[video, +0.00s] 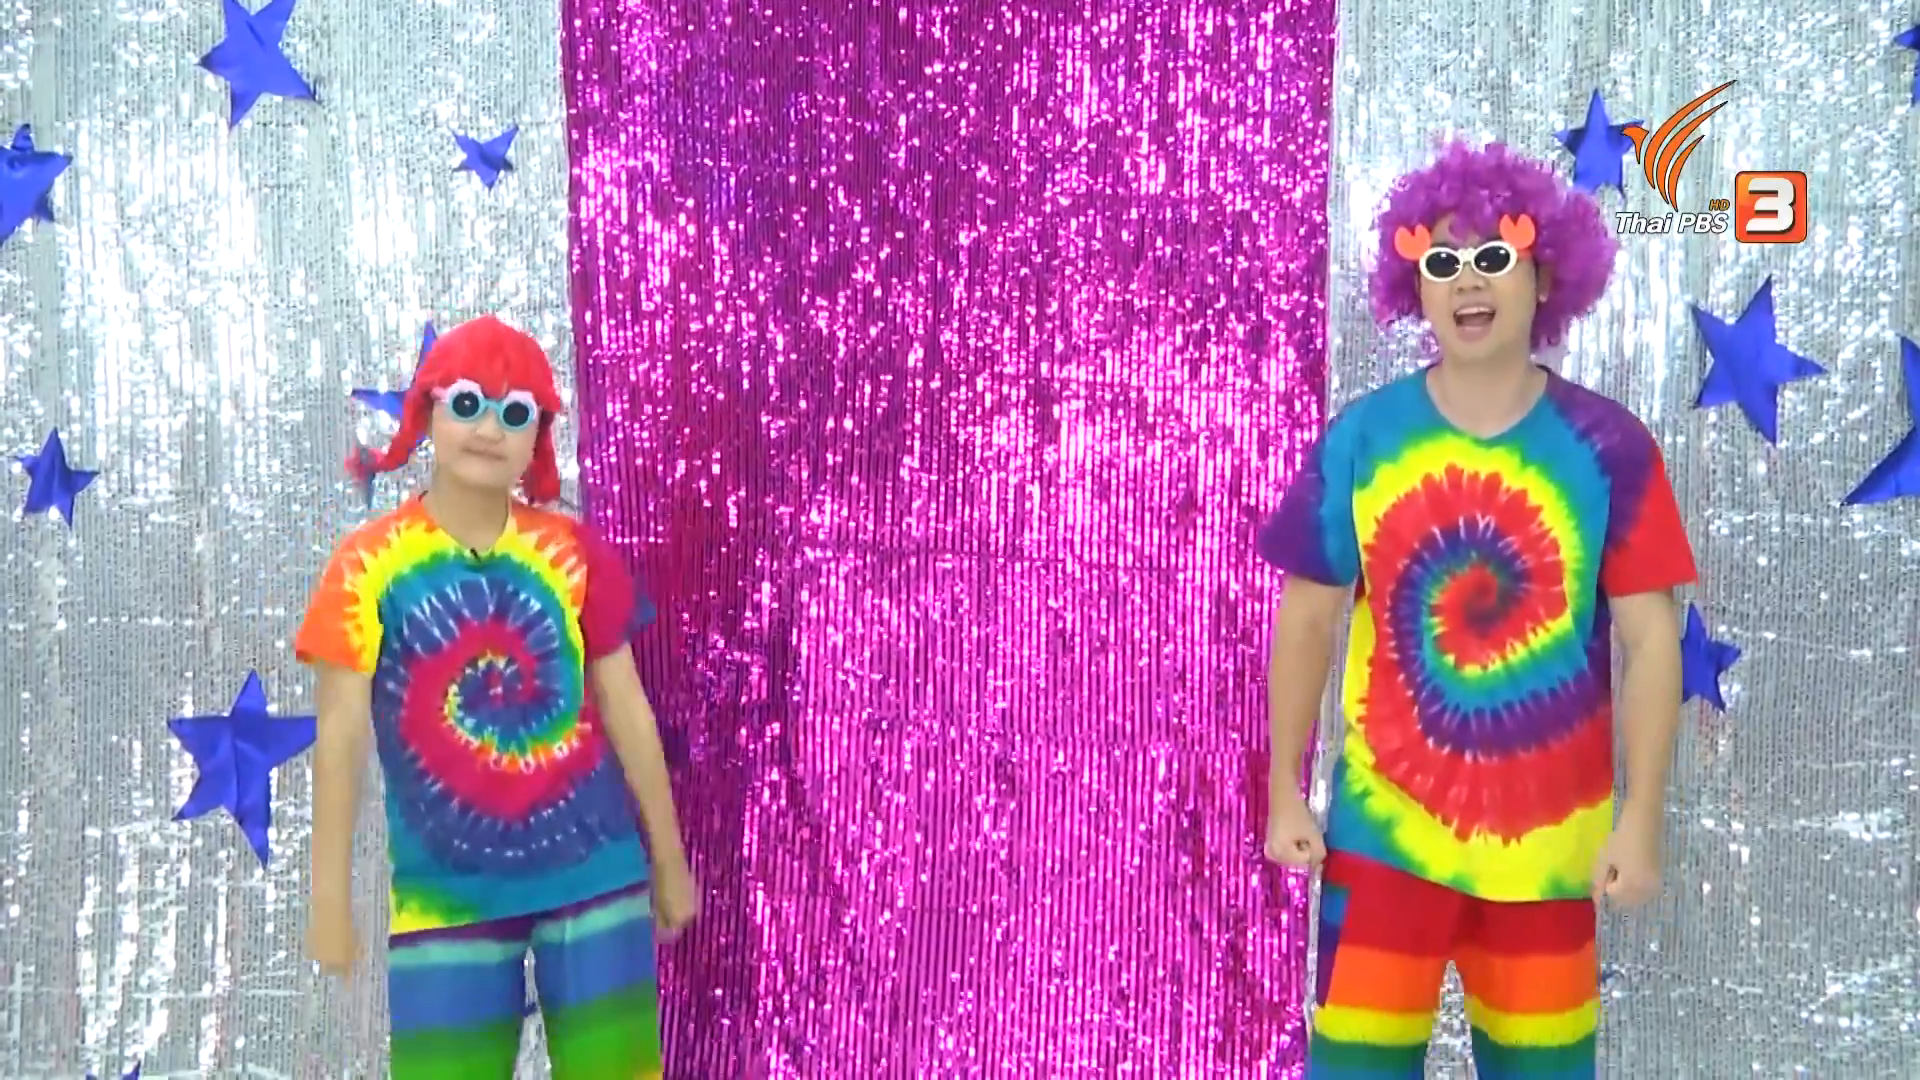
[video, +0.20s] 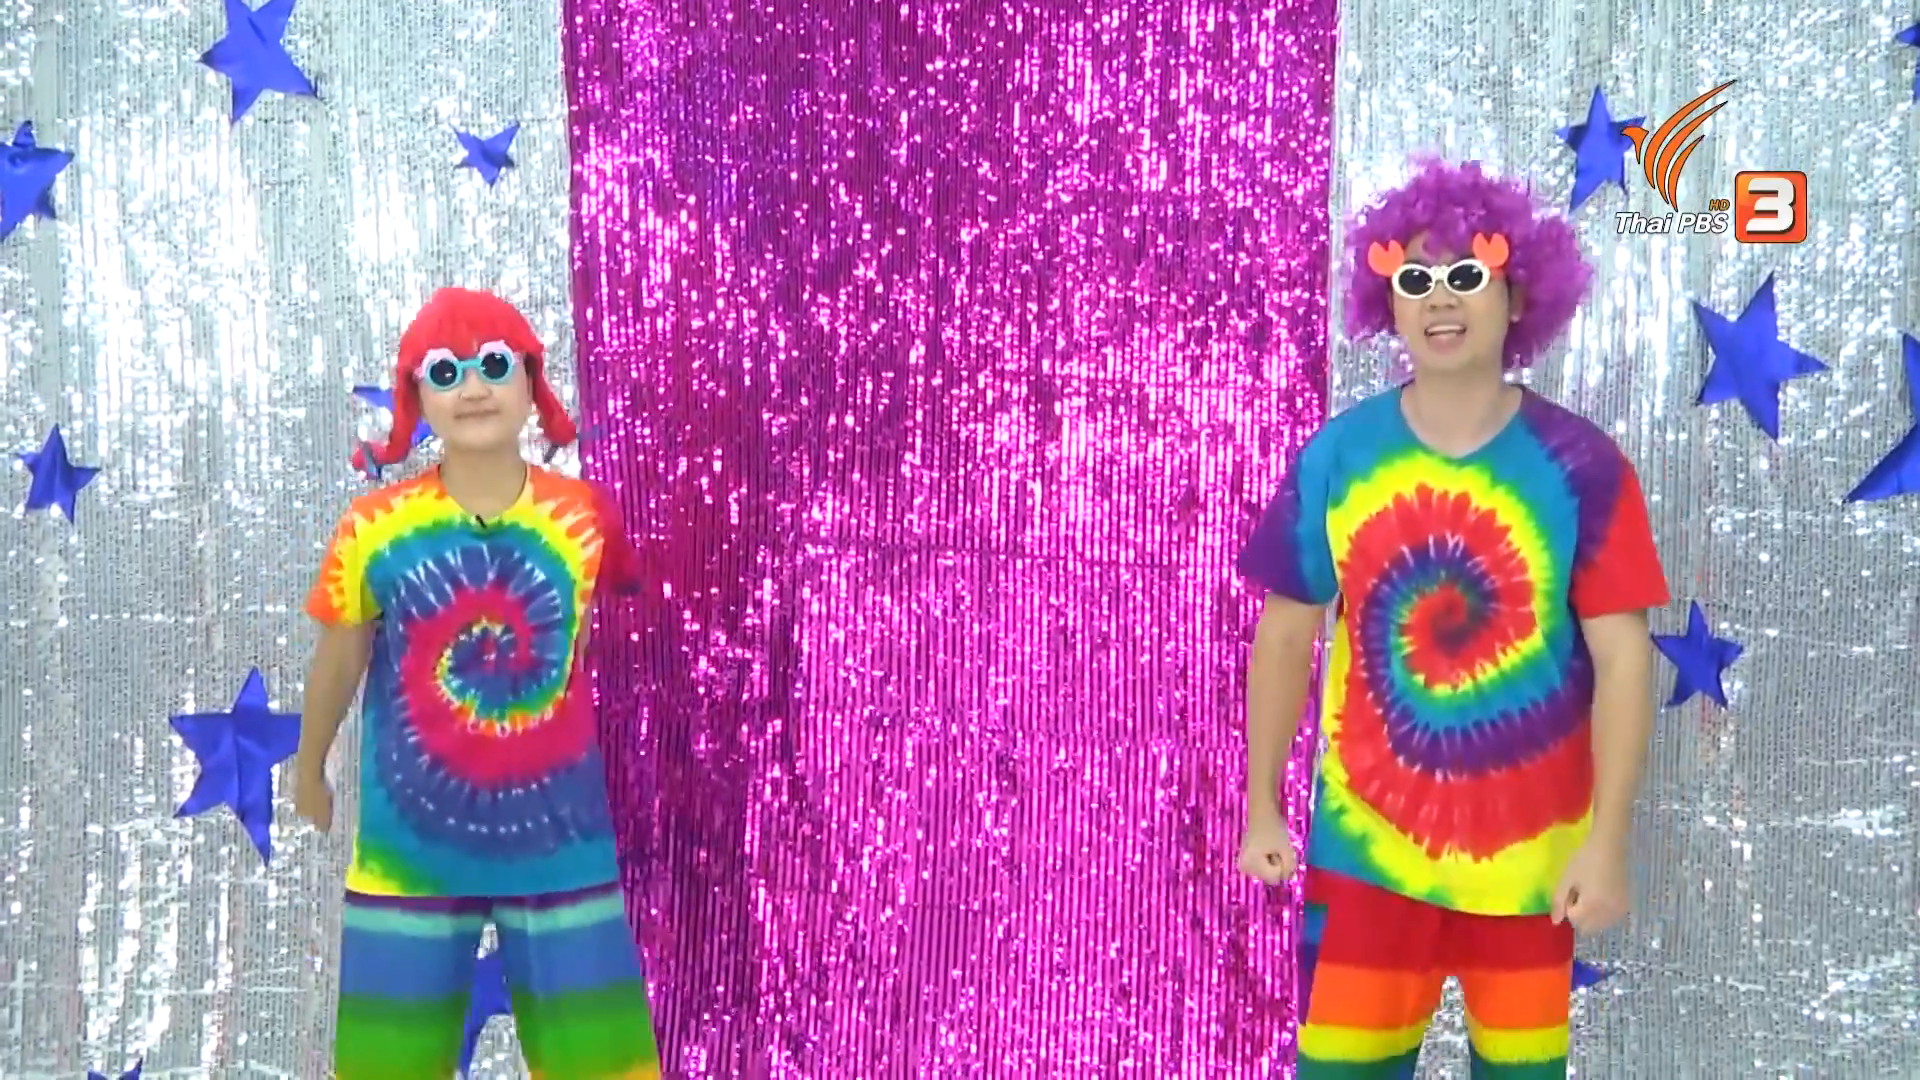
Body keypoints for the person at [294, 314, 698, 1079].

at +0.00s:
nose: (489, 428)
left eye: (514, 412)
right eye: (466, 405)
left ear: (537, 438)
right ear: (427, 422)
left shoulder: (573, 549)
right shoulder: (368, 561)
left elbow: (624, 704)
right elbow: (340, 734)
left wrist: (669, 854)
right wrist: (330, 897)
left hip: (593, 882)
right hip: (445, 896)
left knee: (617, 1067)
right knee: (448, 1069)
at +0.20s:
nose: (473, 388)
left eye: (495, 365)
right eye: (445, 373)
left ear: (532, 387)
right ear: (419, 400)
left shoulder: (586, 514)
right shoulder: (375, 521)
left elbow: (660, 624)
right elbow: (339, 660)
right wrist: (309, 767)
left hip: (561, 839)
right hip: (408, 845)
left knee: (600, 1057)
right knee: (388, 1059)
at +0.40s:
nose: (467, 413)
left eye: (489, 388)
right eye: (440, 397)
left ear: (525, 404)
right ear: (415, 422)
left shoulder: (581, 532)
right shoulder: (376, 535)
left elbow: (587, 700)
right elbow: (343, 703)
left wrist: (563, 828)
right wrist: (339, 839)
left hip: (529, 868)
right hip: (375, 866)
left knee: (546, 1067)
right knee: (358, 1066)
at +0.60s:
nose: (480, 409)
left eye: (503, 385)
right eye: (453, 391)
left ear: (538, 400)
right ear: (426, 413)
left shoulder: (590, 520)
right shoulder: (389, 535)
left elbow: (631, 691)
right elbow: (349, 695)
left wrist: (675, 813)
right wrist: (268, 823)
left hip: (539, 861)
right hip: (391, 854)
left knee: (537, 1065)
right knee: (356, 1063)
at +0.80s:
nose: (500, 396)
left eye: (524, 376)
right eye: (475, 376)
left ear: (556, 392)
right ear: (443, 392)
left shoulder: (596, 505)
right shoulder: (401, 513)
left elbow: (618, 680)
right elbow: (378, 675)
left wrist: (678, 629)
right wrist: (297, 663)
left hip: (581, 835)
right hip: (446, 836)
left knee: (593, 1063)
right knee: (400, 1062)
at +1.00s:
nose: (514, 413)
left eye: (539, 393)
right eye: (489, 393)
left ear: (570, 409)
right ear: (457, 411)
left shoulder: (605, 521)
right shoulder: (413, 526)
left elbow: (623, 699)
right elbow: (413, 695)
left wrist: (674, 622)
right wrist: (370, 621)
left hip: (603, 846)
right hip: (468, 853)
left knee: (625, 1062)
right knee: (447, 1064)